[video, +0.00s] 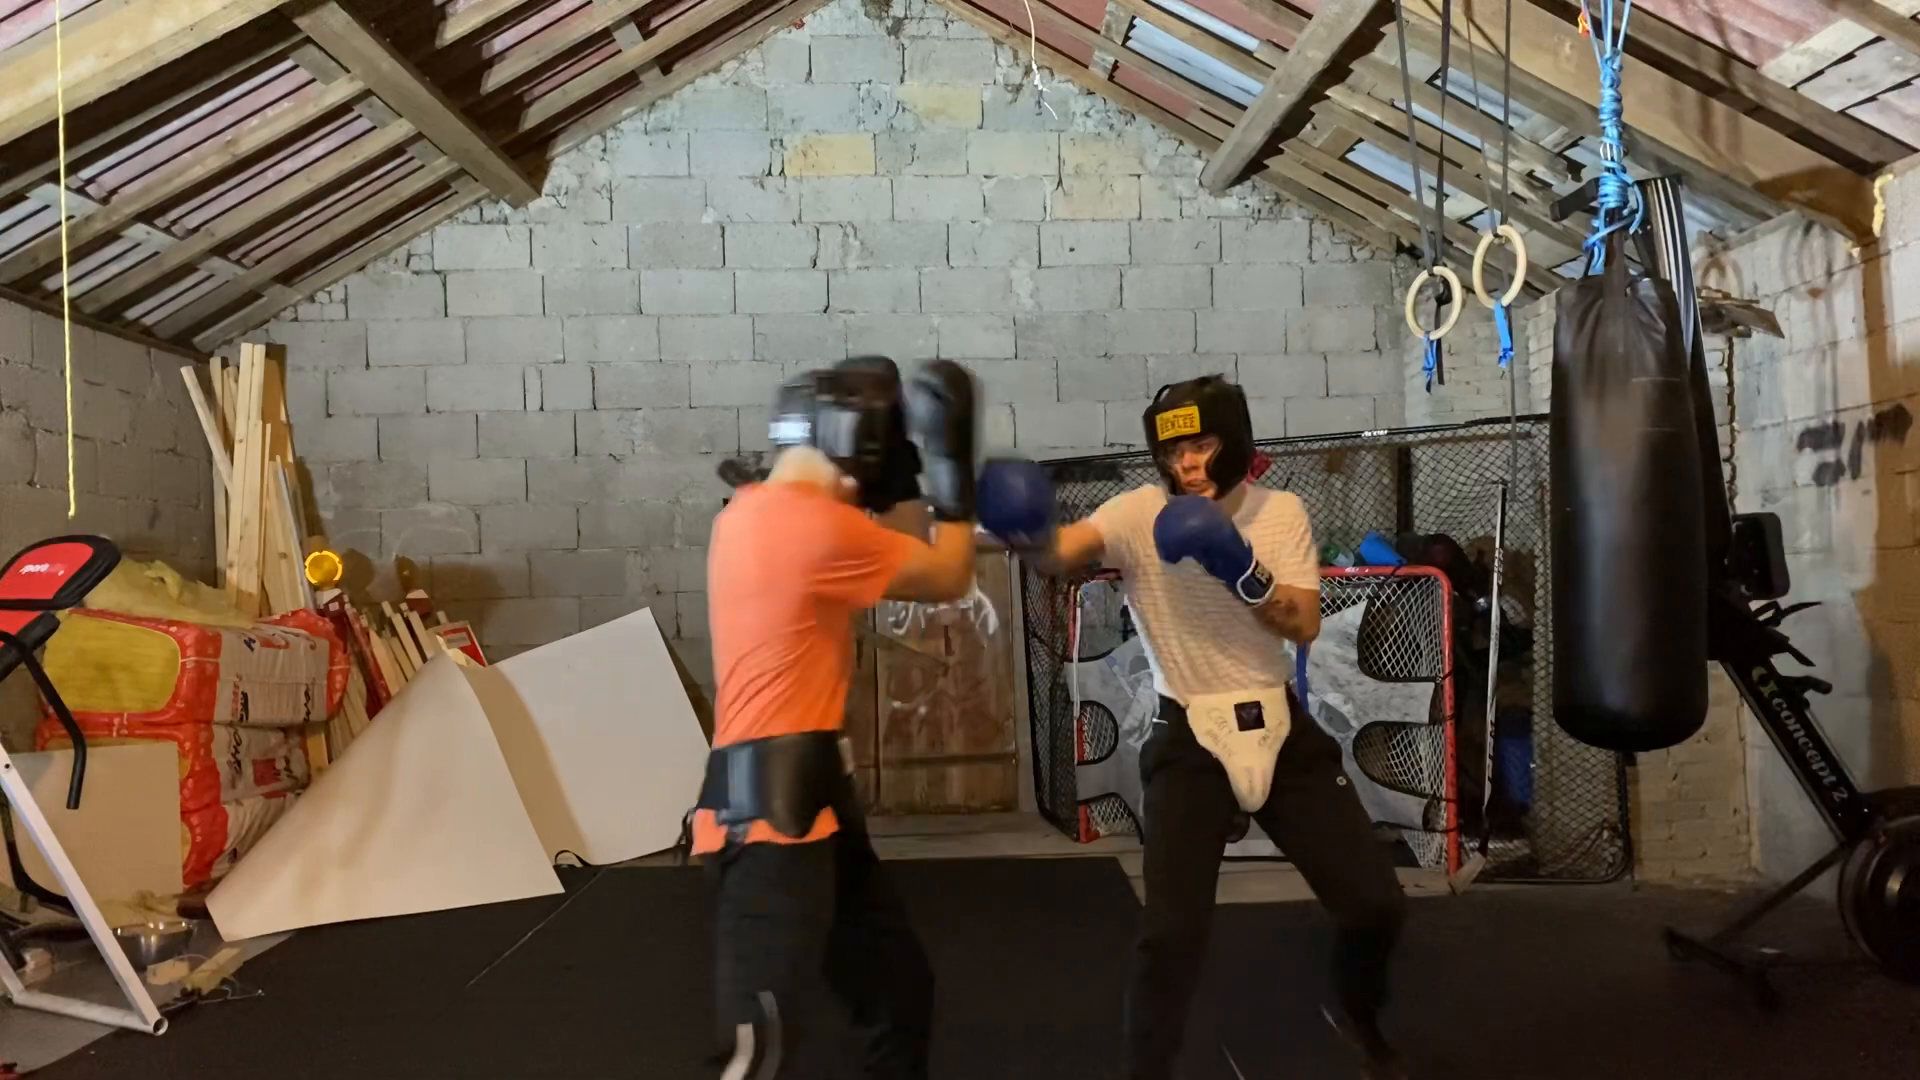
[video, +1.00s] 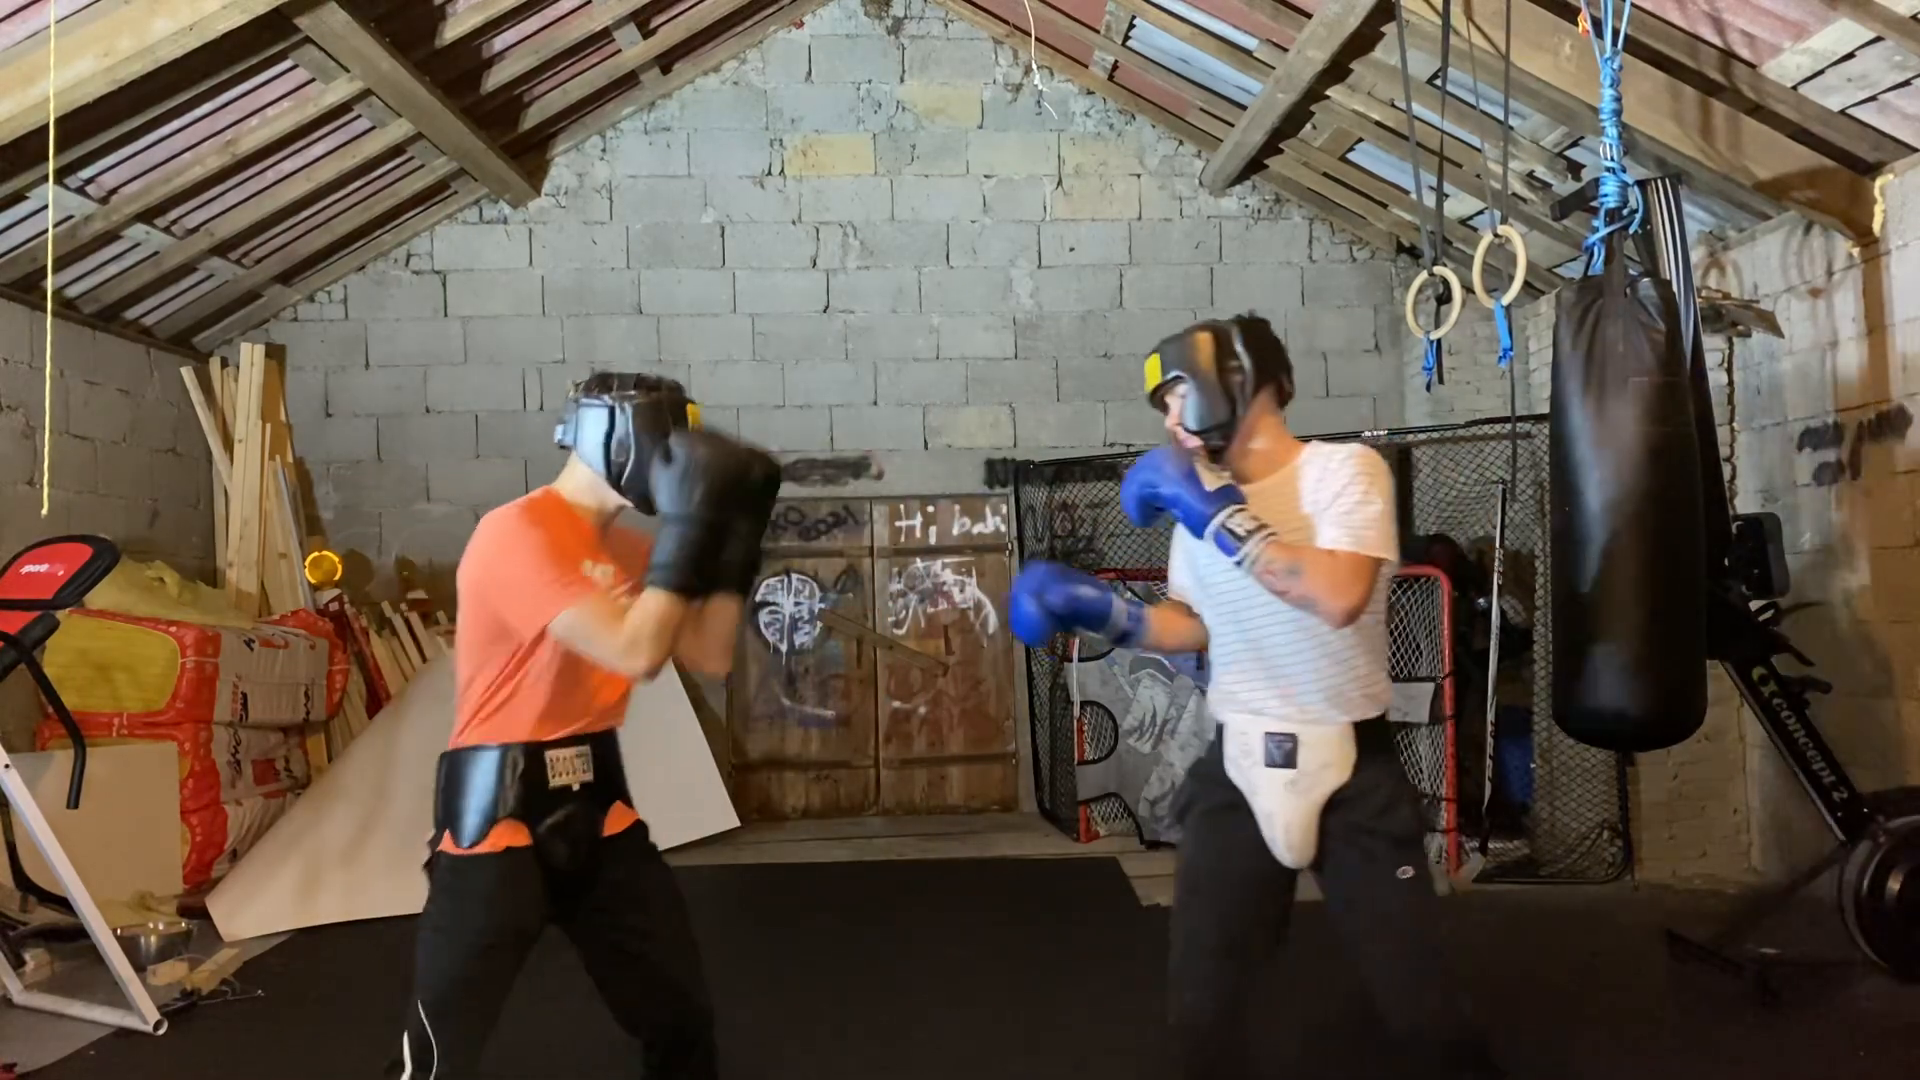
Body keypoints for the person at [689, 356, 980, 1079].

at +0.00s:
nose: (890, 468)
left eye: (895, 449)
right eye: (889, 447)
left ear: (801, 431)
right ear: (859, 447)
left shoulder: (742, 516)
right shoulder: (818, 527)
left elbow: (892, 556)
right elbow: (950, 573)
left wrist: (912, 471)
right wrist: (953, 457)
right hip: (783, 821)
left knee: (897, 992)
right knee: (763, 1044)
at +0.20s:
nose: (760, 429)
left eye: (760, 414)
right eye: (754, 413)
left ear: (674, 406)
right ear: (719, 409)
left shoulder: (648, 495)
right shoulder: (653, 504)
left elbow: (757, 600)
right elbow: (796, 620)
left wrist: (782, 497)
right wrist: (827, 487)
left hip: (678, 817)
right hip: (626, 828)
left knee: (772, 1006)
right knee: (554, 1045)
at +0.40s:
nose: (664, 451)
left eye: (665, 431)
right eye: (656, 430)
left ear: (584, 422)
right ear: (613, 426)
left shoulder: (587, 539)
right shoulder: (502, 532)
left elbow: (589, 692)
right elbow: (595, 701)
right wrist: (662, 578)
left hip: (581, 838)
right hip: (490, 850)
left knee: (678, 1046)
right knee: (463, 1065)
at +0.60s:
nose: (623, 439)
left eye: (624, 419)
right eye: (613, 418)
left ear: (548, 412)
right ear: (566, 412)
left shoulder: (568, 527)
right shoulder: (449, 517)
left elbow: (533, 684)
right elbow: (510, 697)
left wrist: (606, 675)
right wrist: (594, 576)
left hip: (552, 808)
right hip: (449, 822)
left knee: (645, 1042)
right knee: (420, 1061)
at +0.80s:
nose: (636, 470)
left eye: (638, 450)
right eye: (627, 448)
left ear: (574, 446)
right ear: (578, 445)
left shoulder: (574, 560)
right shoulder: (454, 544)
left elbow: (569, 727)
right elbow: (513, 716)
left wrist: (657, 657)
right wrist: (601, 609)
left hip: (553, 821)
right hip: (457, 838)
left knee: (656, 1035)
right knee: (455, 1060)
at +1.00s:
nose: (676, 461)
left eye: (679, 447)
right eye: (667, 444)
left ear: (606, 439)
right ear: (619, 439)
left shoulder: (634, 544)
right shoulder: (512, 535)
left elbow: (712, 654)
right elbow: (634, 648)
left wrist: (736, 533)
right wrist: (687, 524)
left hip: (594, 809)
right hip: (495, 822)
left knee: (680, 1026)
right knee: (436, 1055)